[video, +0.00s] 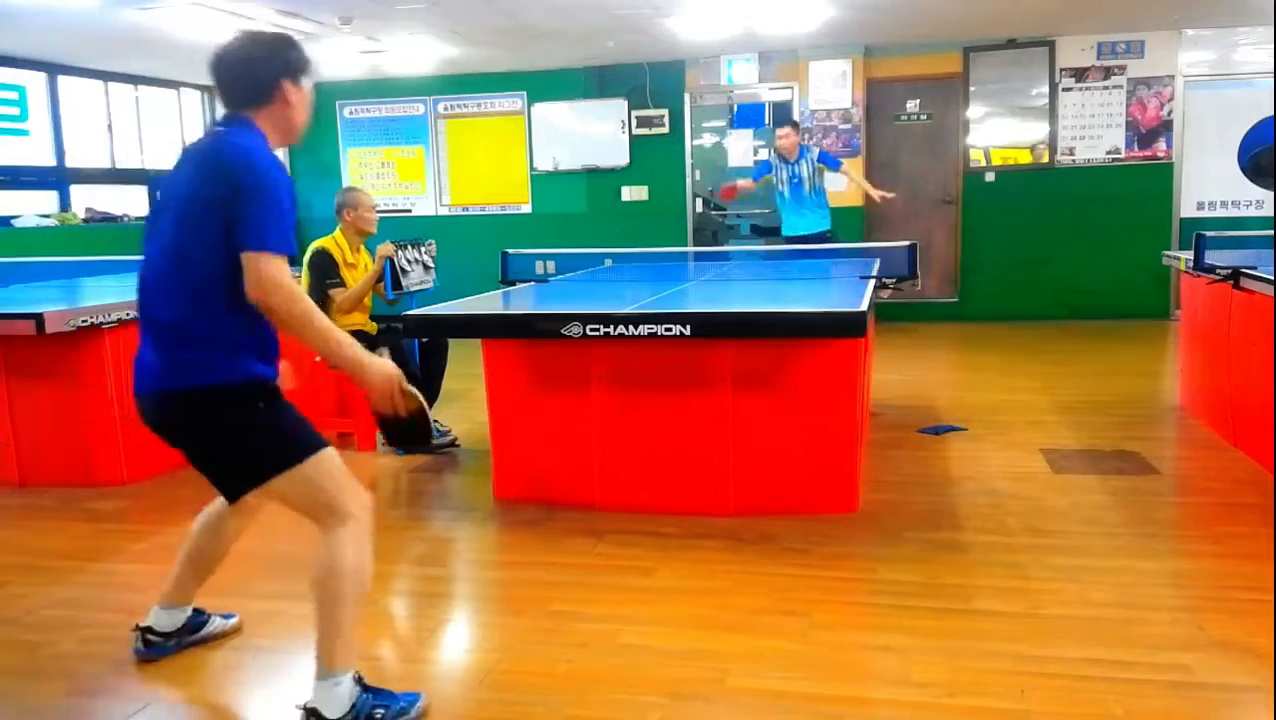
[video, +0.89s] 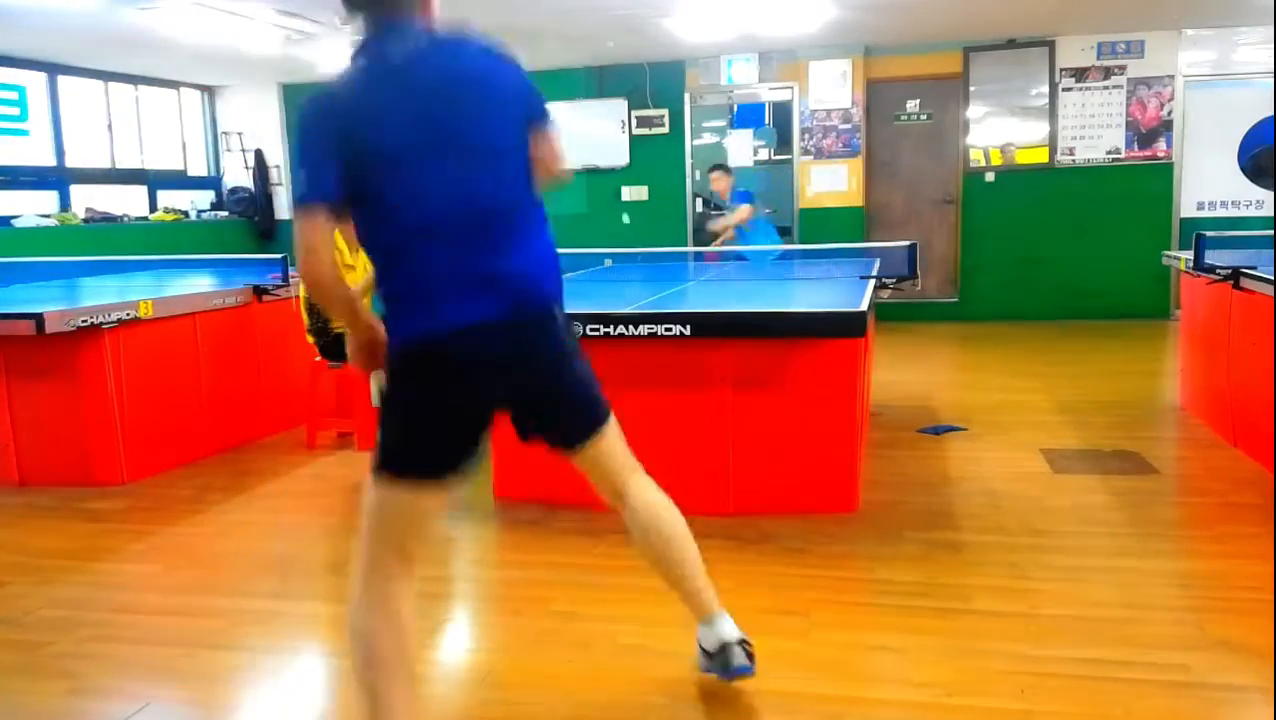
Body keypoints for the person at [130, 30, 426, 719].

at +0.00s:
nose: (310, 102)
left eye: (307, 88)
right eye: (307, 88)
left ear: (240, 93)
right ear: (285, 91)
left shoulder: (198, 159)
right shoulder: (258, 167)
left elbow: (186, 277)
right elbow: (269, 285)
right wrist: (363, 365)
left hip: (169, 384)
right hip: (219, 386)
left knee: (251, 491)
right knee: (350, 507)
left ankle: (167, 618)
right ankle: (336, 689)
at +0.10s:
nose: (350, 106)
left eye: (349, 93)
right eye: (346, 93)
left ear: (291, 98)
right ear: (320, 95)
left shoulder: (265, 162)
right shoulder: (270, 170)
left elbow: (265, 292)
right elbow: (236, 295)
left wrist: (338, 341)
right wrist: (315, 399)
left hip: (199, 384)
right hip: (223, 388)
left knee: (255, 490)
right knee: (362, 508)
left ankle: (167, 617)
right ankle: (354, 695)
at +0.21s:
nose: (405, 113)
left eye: (404, 98)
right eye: (401, 97)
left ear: (346, 99)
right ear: (370, 99)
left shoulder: (332, 183)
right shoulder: (282, 176)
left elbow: (357, 290)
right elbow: (189, 280)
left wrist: (459, 307)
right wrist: (156, 412)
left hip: (278, 399)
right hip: (256, 407)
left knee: (276, 503)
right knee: (405, 529)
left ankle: (174, 610)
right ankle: (373, 709)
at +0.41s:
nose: (462, 72)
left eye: (460, 53)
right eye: (456, 52)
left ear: (415, 55)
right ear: (422, 52)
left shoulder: (395, 155)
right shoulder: (312, 140)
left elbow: (387, 259)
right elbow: (204, 220)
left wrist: (467, 279)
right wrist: (192, 307)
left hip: (360, 386)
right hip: (316, 391)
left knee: (323, 505)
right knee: (449, 548)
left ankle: (233, 611)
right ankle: (378, 710)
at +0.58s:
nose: (448, 10)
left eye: (444, 9)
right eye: (443, 5)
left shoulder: (296, 56)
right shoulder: (409, 25)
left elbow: (274, 203)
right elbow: (521, 83)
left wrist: (350, 185)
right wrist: (620, 85)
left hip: (308, 292)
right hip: (391, 295)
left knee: (341, 411)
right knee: (423, 517)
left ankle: (309, 542)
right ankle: (383, 699)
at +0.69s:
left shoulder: (284, 35)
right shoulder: (429, 3)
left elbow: (290, 193)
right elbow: (493, 25)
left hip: (348, 249)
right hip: (449, 234)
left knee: (349, 350)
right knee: (503, 456)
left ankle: (308, 482)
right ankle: (419, 622)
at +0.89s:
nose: (435, 15)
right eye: (434, 8)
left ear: (356, 19)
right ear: (427, 8)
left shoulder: (333, 106)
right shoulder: (489, 64)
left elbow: (314, 266)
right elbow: (551, 162)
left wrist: (360, 331)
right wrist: (470, 188)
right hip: (533, 328)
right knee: (627, 483)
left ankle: (390, 711)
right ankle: (721, 632)